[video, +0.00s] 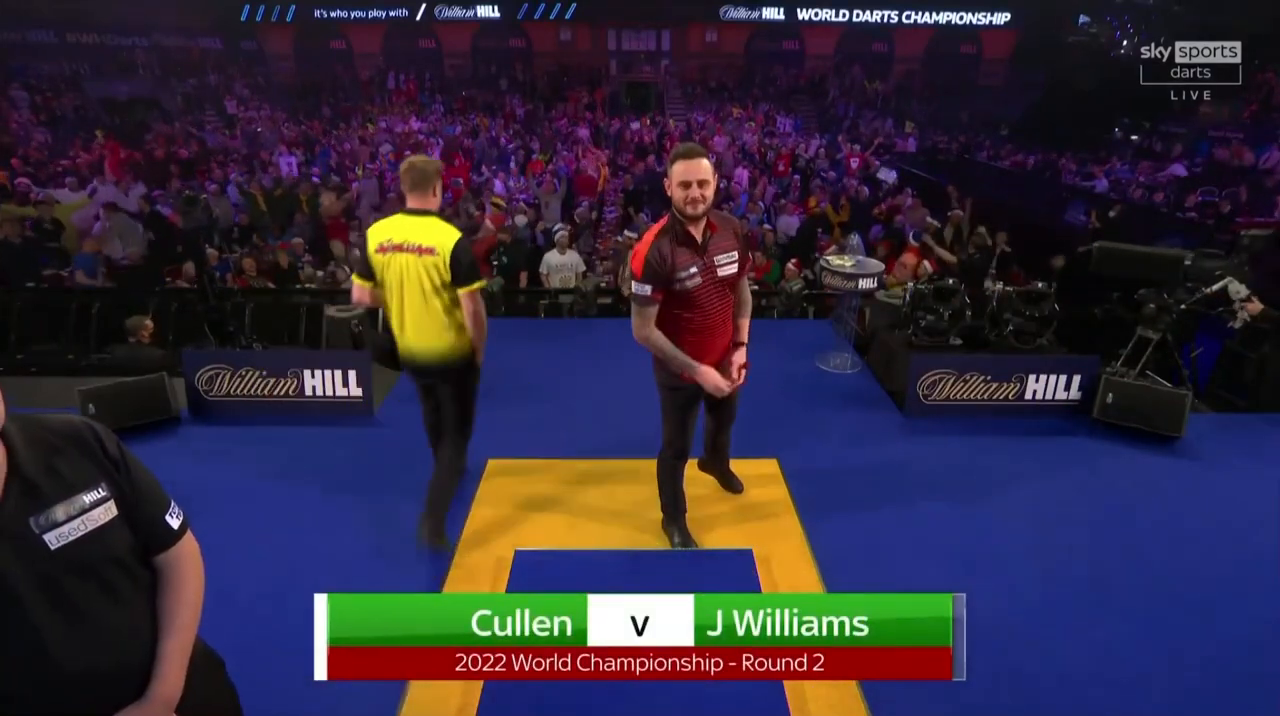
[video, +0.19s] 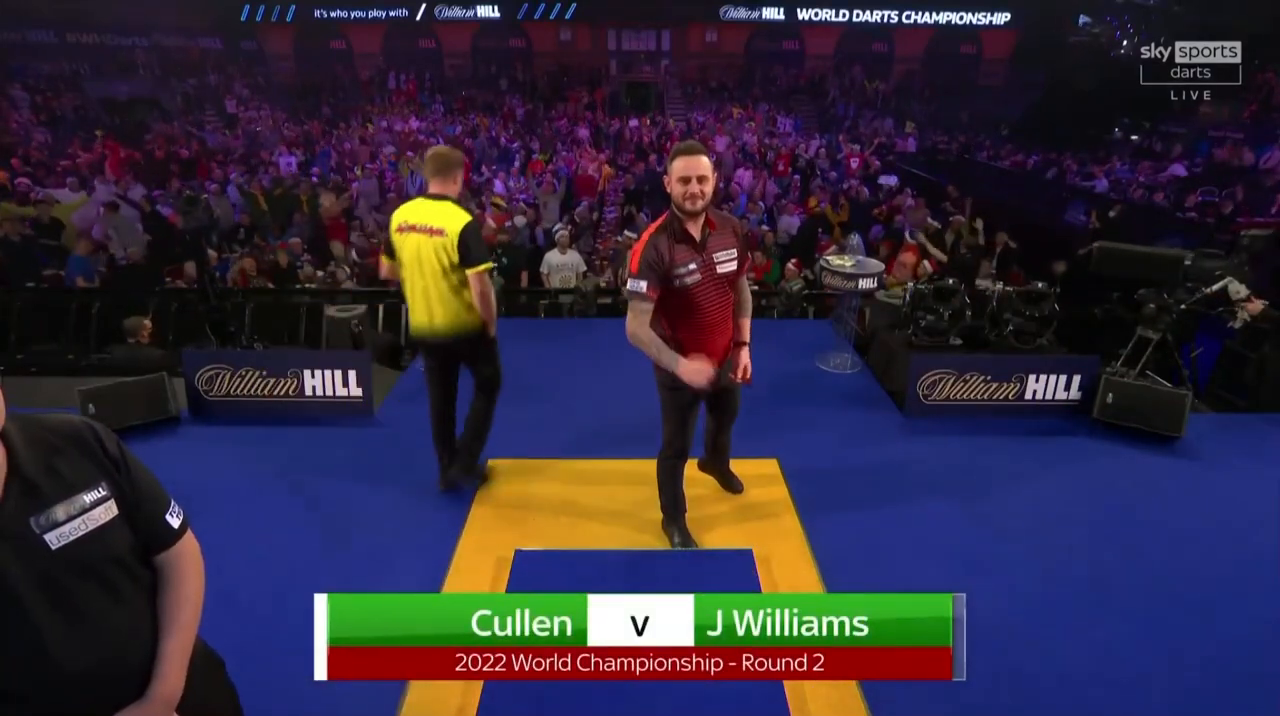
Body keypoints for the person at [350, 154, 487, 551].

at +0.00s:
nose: (441, 194)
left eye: (436, 189)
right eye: (441, 188)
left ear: (402, 190)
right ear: (437, 189)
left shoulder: (376, 234)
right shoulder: (451, 239)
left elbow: (361, 296)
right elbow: (471, 306)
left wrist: (399, 295)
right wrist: (478, 349)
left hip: (409, 351)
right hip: (451, 351)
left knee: (433, 415)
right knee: (454, 440)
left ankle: (449, 472)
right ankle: (432, 529)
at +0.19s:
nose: (464, 183)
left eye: (462, 178)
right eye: (464, 178)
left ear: (426, 176)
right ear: (460, 177)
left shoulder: (400, 216)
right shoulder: (462, 222)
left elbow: (386, 270)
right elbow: (479, 285)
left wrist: (420, 271)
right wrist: (490, 324)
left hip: (424, 326)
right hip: (463, 326)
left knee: (441, 400)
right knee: (488, 384)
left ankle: (448, 469)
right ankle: (465, 462)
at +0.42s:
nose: (495, 181)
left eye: (492, 176)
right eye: (495, 177)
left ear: (462, 173)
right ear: (492, 177)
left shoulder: (435, 208)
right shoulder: (490, 219)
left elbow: (432, 256)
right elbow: (500, 276)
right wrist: (510, 311)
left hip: (446, 313)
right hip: (485, 315)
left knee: (452, 391)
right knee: (503, 375)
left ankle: (449, 469)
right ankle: (522, 417)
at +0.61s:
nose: (522, 177)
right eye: (524, 172)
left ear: (494, 168)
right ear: (523, 172)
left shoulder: (466, 198)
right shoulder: (521, 210)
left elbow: (455, 245)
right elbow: (529, 263)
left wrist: (479, 257)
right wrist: (538, 298)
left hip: (477, 297)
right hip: (514, 300)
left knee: (482, 366)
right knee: (523, 362)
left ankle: (463, 430)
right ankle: (524, 418)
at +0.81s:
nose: (543, 169)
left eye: (542, 164)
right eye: (544, 164)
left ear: (516, 159)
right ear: (542, 163)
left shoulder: (488, 189)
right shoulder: (541, 198)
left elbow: (477, 238)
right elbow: (552, 252)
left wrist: (505, 238)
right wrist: (557, 287)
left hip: (502, 283)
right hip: (534, 286)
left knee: (519, 348)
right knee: (530, 354)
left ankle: (516, 410)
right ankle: (524, 417)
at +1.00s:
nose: (558, 168)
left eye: (558, 164)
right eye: (559, 164)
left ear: (531, 159)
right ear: (555, 163)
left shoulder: (506, 189)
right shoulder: (556, 197)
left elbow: (495, 235)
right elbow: (564, 249)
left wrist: (520, 239)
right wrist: (570, 284)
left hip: (518, 279)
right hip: (547, 282)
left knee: (541, 333)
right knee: (537, 352)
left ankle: (554, 373)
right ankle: (524, 417)